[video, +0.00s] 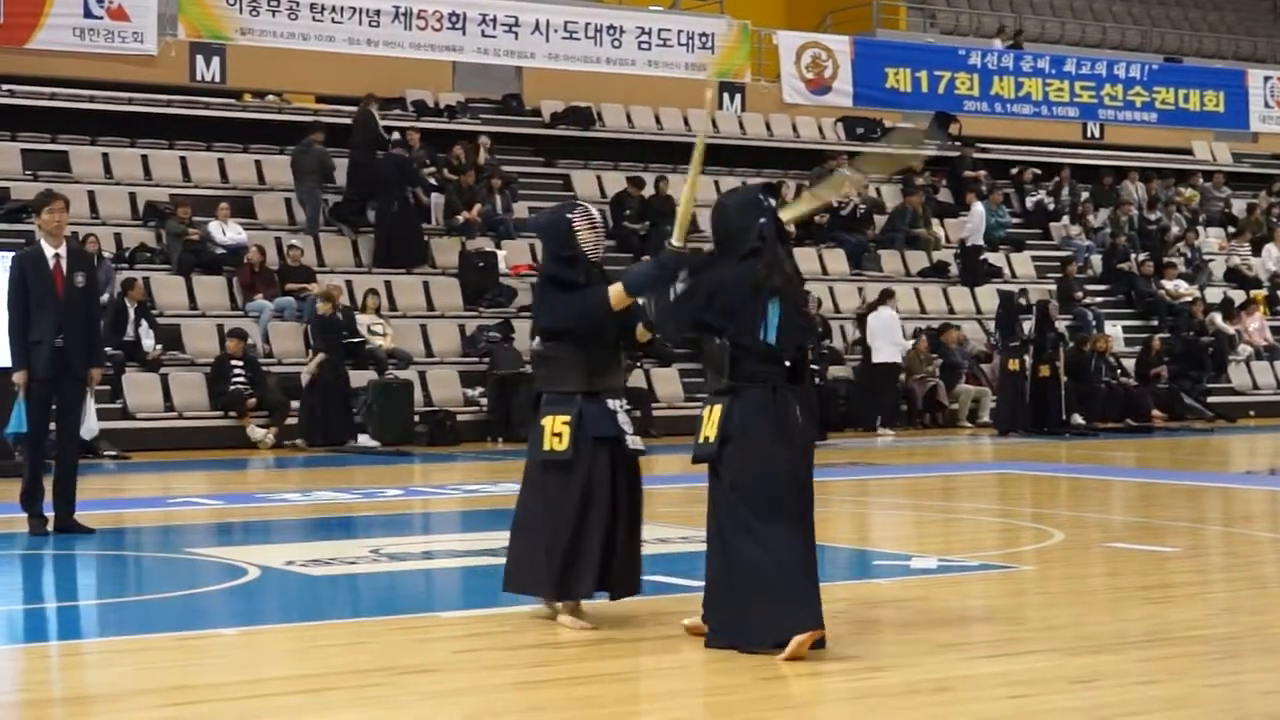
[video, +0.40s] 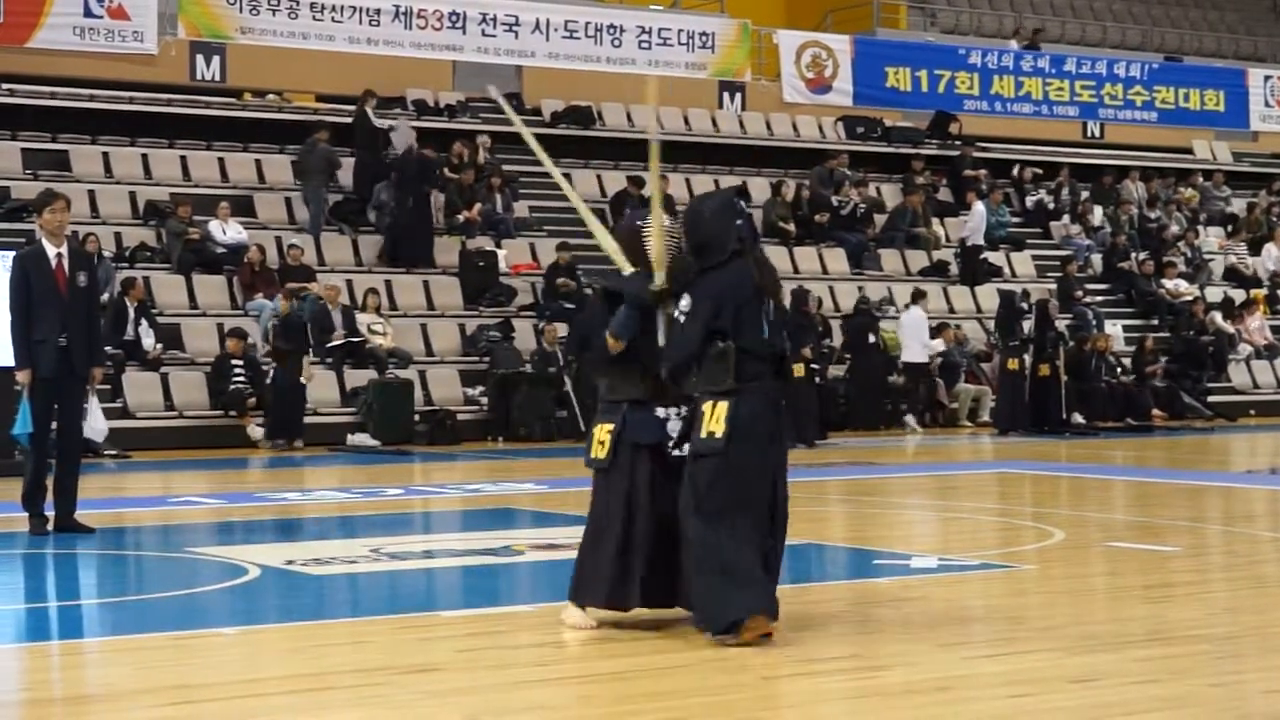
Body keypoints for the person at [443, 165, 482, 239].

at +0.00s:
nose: (473, 179)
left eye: (473, 176)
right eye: (470, 176)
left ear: (474, 176)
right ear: (462, 177)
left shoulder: (473, 188)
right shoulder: (452, 188)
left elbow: (479, 202)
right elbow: (456, 205)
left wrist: (474, 213)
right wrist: (469, 217)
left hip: (469, 215)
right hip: (453, 217)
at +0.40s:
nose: (470, 177)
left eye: (472, 175)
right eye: (467, 175)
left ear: (474, 175)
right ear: (461, 175)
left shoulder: (473, 187)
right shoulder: (453, 187)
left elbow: (479, 201)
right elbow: (455, 204)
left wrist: (474, 212)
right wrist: (469, 216)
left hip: (470, 215)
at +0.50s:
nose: (468, 177)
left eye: (471, 175)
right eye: (465, 174)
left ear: (474, 176)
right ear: (461, 175)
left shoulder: (474, 187)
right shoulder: (454, 187)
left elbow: (479, 201)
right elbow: (454, 201)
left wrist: (474, 212)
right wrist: (467, 214)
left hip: (470, 214)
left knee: (476, 221)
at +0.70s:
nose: (467, 177)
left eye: (470, 174)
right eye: (464, 174)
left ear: (473, 176)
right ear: (460, 175)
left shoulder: (475, 187)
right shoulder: (453, 187)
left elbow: (479, 200)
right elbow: (455, 202)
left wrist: (473, 213)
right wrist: (466, 214)